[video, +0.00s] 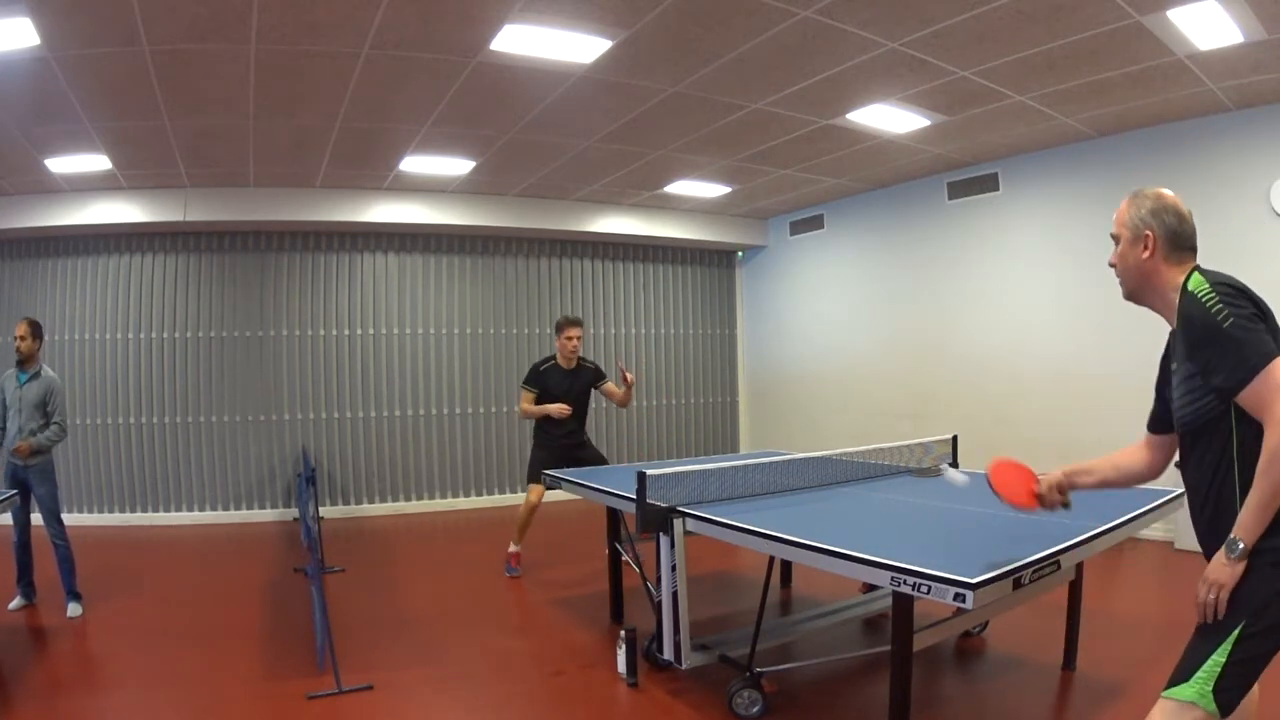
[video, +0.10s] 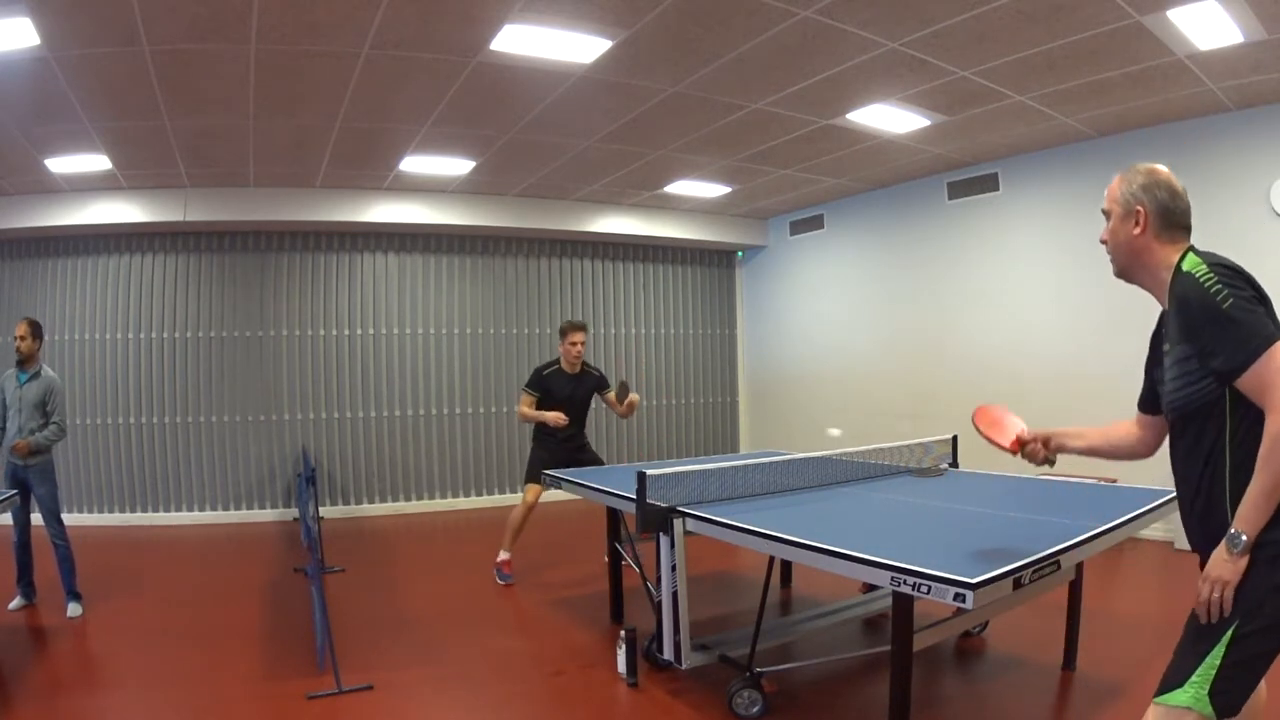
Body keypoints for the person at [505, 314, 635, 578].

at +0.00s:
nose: (575, 344)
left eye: (578, 339)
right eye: (569, 339)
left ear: (582, 341)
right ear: (557, 341)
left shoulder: (589, 370)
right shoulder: (540, 371)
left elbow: (621, 401)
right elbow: (524, 409)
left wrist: (627, 388)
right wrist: (548, 408)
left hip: (579, 444)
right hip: (546, 447)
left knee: (613, 485)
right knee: (534, 498)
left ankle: (616, 544)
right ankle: (514, 550)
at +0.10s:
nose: (578, 349)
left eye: (582, 344)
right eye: (573, 344)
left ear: (586, 346)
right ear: (561, 345)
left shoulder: (594, 376)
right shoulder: (543, 374)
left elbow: (621, 411)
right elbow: (523, 411)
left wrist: (631, 403)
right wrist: (545, 416)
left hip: (579, 448)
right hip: (546, 449)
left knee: (614, 490)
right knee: (530, 500)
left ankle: (616, 548)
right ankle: (504, 557)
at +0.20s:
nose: (586, 368)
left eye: (589, 363)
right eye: (580, 362)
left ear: (592, 364)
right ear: (567, 362)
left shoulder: (596, 394)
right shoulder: (546, 389)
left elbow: (613, 425)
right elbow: (518, 421)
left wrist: (628, 431)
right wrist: (534, 435)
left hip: (574, 455)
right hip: (543, 455)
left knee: (614, 490)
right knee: (527, 505)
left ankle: (615, 550)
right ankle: (500, 561)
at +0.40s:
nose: (616, 376)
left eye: (616, 371)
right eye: (611, 371)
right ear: (592, 370)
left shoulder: (600, 401)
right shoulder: (566, 391)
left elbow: (602, 437)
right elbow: (529, 412)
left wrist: (635, 434)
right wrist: (541, 442)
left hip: (578, 456)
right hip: (551, 456)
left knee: (619, 485)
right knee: (544, 512)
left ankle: (615, 549)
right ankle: (506, 561)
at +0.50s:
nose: (611, 361)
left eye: (612, 355)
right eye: (606, 356)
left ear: (611, 356)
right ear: (588, 355)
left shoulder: (599, 389)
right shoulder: (563, 379)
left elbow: (618, 423)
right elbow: (534, 413)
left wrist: (650, 411)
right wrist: (561, 435)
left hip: (579, 450)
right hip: (551, 450)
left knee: (618, 488)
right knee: (543, 508)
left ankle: (615, 549)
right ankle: (506, 560)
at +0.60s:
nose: (599, 342)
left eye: (601, 337)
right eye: (593, 337)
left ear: (601, 340)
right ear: (577, 339)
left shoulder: (600, 372)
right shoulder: (556, 366)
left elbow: (632, 394)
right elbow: (534, 402)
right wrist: (560, 414)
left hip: (581, 444)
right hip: (550, 444)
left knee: (615, 489)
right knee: (535, 498)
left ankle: (616, 549)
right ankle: (507, 558)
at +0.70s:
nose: (585, 335)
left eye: (588, 330)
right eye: (580, 331)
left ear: (591, 334)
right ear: (565, 334)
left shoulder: (597, 365)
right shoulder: (547, 363)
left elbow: (632, 385)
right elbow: (527, 399)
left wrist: (636, 356)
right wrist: (546, 409)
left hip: (581, 443)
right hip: (548, 443)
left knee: (612, 490)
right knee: (530, 498)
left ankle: (616, 546)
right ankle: (509, 555)